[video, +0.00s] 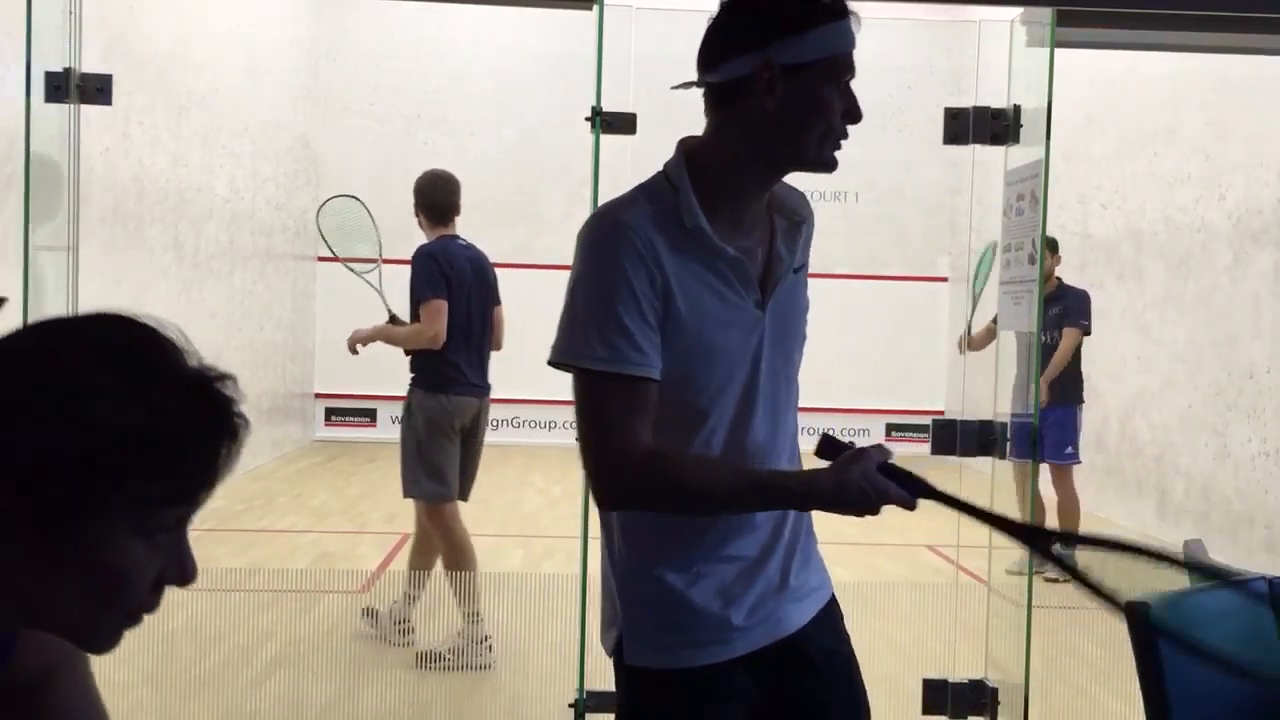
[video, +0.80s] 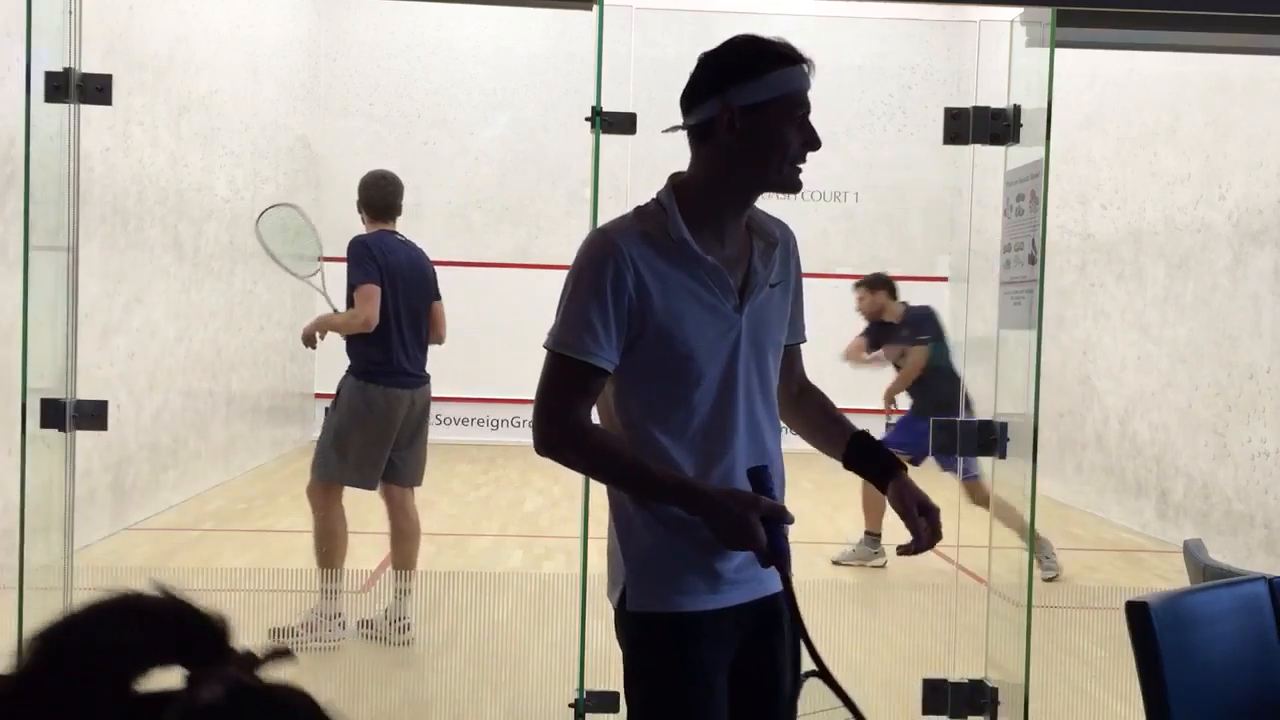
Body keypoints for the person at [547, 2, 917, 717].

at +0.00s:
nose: (855, 110)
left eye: (850, 84)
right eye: (839, 82)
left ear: (769, 89)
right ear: (767, 85)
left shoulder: (790, 216)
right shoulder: (626, 239)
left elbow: (753, 405)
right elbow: (617, 474)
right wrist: (814, 487)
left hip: (797, 604)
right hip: (682, 634)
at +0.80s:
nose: (814, 138)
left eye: (807, 116)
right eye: (795, 116)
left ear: (737, 122)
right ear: (732, 121)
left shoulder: (775, 246)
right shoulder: (619, 254)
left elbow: (788, 387)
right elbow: (557, 429)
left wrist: (886, 470)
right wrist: (704, 501)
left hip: (764, 584)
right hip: (672, 596)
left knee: (769, 714)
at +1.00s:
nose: (781, 136)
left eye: (773, 118)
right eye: (759, 120)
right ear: (691, 136)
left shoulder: (771, 246)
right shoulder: (609, 253)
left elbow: (809, 389)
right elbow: (545, 423)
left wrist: (849, 405)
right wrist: (688, 501)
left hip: (753, 568)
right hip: (658, 578)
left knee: (756, 712)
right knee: (668, 716)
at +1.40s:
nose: (705, 132)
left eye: (698, 113)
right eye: (686, 112)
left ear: (619, 129)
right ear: (614, 127)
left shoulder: (710, 241)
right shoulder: (525, 263)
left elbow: (777, 349)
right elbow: (481, 430)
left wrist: (788, 367)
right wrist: (598, 504)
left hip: (710, 582)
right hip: (596, 594)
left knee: (720, 712)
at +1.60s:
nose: (641, 132)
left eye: (636, 112)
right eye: (621, 113)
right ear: (554, 123)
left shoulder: (654, 240)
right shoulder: (460, 259)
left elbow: (714, 370)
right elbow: (414, 420)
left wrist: (723, 392)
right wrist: (494, 510)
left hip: (645, 575)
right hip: (519, 585)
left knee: (682, 712)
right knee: (500, 717)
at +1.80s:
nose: (586, 142)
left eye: (587, 122)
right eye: (563, 123)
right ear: (495, 127)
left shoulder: (605, 242)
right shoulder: (407, 261)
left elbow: (653, 383)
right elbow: (354, 416)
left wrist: (637, 411)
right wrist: (394, 537)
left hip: (587, 579)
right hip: (456, 581)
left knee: (624, 711)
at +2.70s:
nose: (647, 139)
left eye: (646, 119)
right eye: (626, 117)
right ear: (551, 117)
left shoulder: (647, 235)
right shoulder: (450, 255)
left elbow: (666, 365)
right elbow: (406, 431)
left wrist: (671, 411)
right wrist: (394, 596)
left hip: (626, 582)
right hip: (498, 588)